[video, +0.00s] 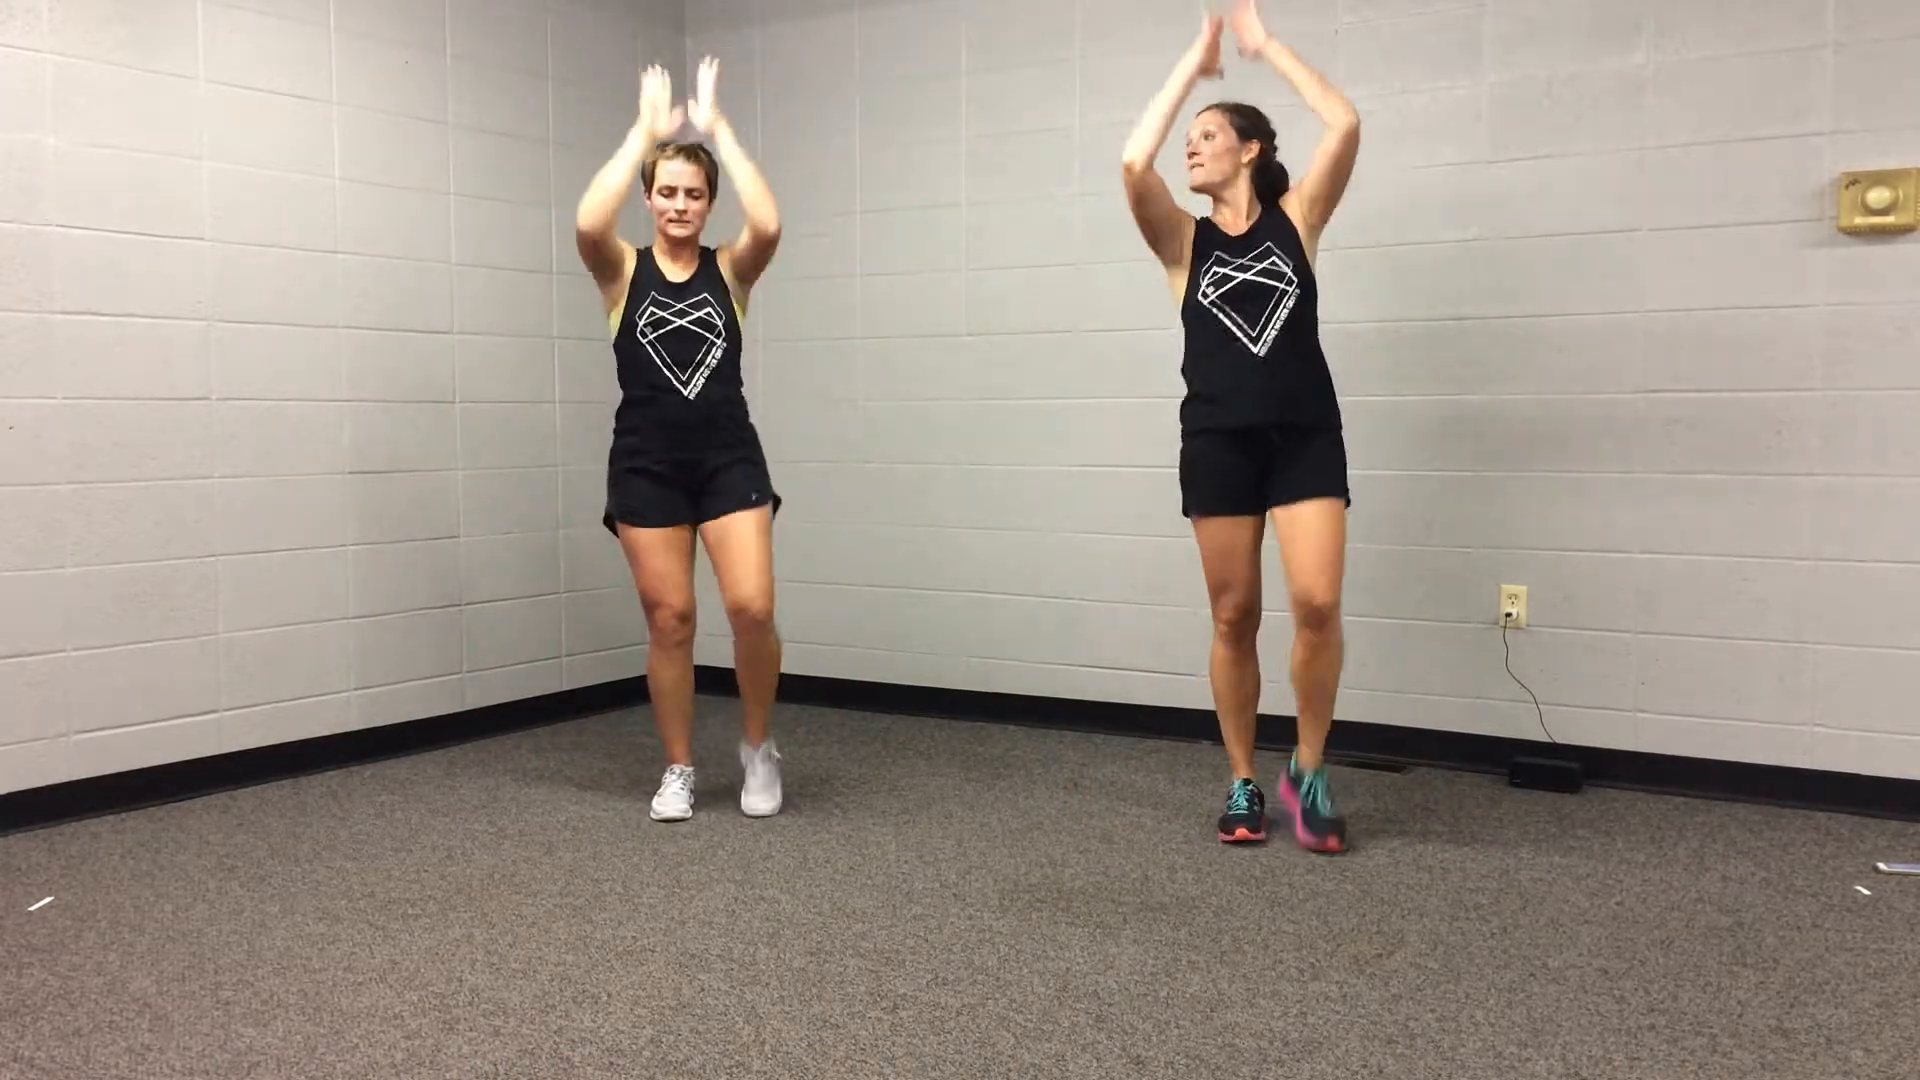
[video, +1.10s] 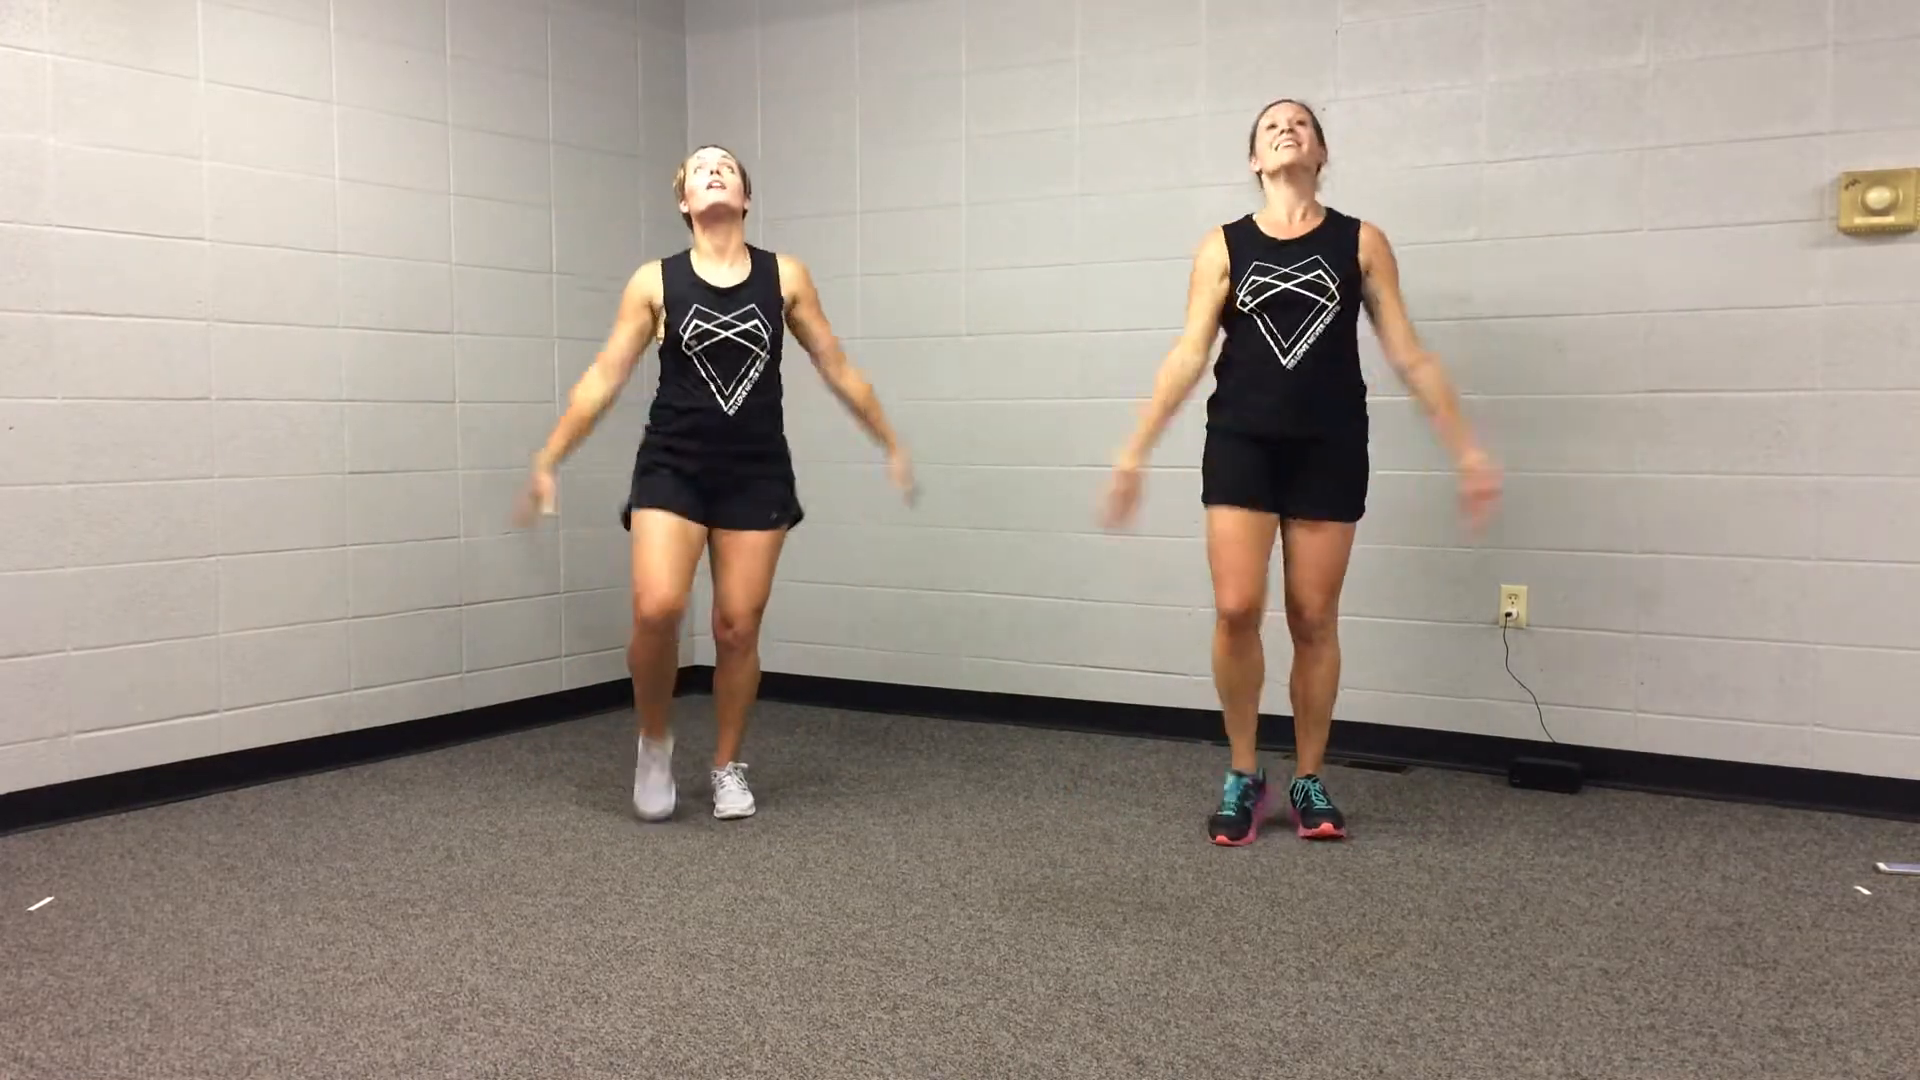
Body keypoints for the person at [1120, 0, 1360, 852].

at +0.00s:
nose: (1191, 151)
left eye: (1207, 137)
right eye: (1189, 143)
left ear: (1253, 150)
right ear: (1193, 164)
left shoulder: (1297, 219)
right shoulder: (1182, 239)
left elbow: (1346, 121)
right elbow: (1134, 169)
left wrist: (1266, 43)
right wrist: (1193, 68)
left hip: (1306, 438)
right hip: (1218, 443)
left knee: (1319, 607)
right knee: (1233, 618)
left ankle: (1309, 773)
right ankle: (1243, 779)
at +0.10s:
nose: (1199, 162)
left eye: (1213, 150)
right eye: (1196, 152)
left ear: (1252, 161)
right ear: (1203, 169)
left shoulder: (1301, 237)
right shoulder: (1190, 256)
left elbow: (1355, 196)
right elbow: (1141, 230)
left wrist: (1284, 118)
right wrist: (1194, 138)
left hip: (1306, 440)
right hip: (1219, 450)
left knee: (1347, 564)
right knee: (1235, 621)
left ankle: (1316, 699)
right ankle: (1243, 783)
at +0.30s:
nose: (1208, 152)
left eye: (1223, 138)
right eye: (1207, 141)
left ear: (1270, 148)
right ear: (1213, 157)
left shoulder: (1323, 231)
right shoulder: (1196, 241)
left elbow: (1384, 319)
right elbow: (1158, 338)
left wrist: (1306, 255)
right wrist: (1238, 258)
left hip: (1315, 429)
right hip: (1228, 434)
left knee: (1346, 587)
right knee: (1242, 610)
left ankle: (1315, 722)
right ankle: (1245, 778)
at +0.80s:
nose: (1294, 175)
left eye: (1306, 162)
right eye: (1280, 163)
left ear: (1325, 168)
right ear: (1253, 170)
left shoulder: (1357, 247)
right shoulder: (1231, 247)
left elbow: (1384, 325)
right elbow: (1223, 331)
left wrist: (1349, 252)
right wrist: (1268, 253)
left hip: (1330, 434)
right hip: (1246, 426)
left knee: (1319, 618)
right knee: (1245, 547)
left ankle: (1310, 779)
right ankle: (1254, 685)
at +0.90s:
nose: (1292, 151)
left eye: (1304, 139)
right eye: (1276, 141)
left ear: (1322, 151)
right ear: (1254, 157)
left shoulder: (1359, 240)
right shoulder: (1226, 241)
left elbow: (1367, 339)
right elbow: (1222, 340)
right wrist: (1277, 360)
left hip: (1331, 426)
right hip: (1243, 426)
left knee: (1316, 614)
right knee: (1250, 611)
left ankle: (1307, 780)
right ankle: (1248, 775)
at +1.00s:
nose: (1286, 139)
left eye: (1299, 130)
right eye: (1272, 132)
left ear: (1321, 155)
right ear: (1252, 158)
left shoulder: (1356, 250)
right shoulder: (1221, 248)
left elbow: (1371, 359)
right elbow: (1213, 358)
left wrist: (1389, 463)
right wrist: (1217, 451)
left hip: (1330, 453)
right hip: (1245, 452)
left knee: (1315, 616)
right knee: (1245, 617)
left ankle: (1309, 780)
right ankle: (1244, 780)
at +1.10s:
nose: (1286, 128)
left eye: (1300, 124)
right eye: (1272, 125)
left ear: (1322, 155)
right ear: (1254, 160)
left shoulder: (1360, 241)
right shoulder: (1224, 245)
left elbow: (1410, 357)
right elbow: (1189, 356)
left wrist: (1468, 452)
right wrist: (1135, 450)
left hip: (1329, 446)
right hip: (1239, 443)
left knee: (1313, 616)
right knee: (1235, 611)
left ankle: (1309, 779)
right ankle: (1243, 771)